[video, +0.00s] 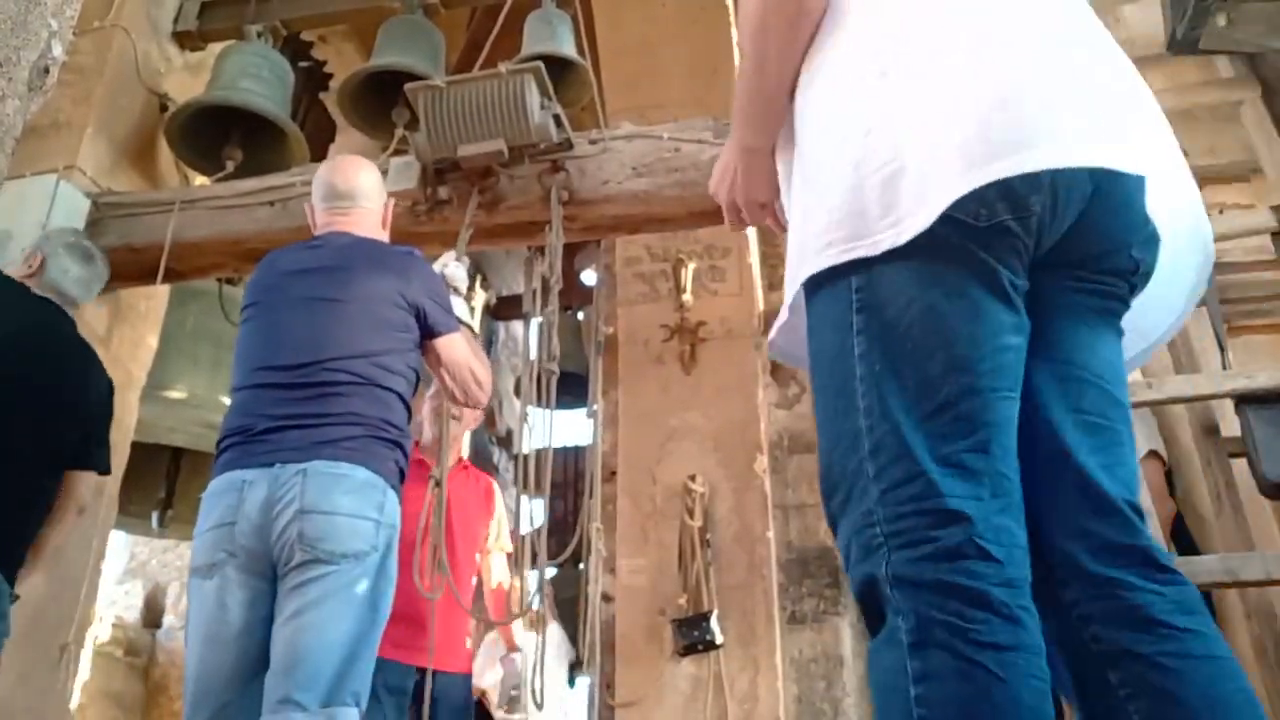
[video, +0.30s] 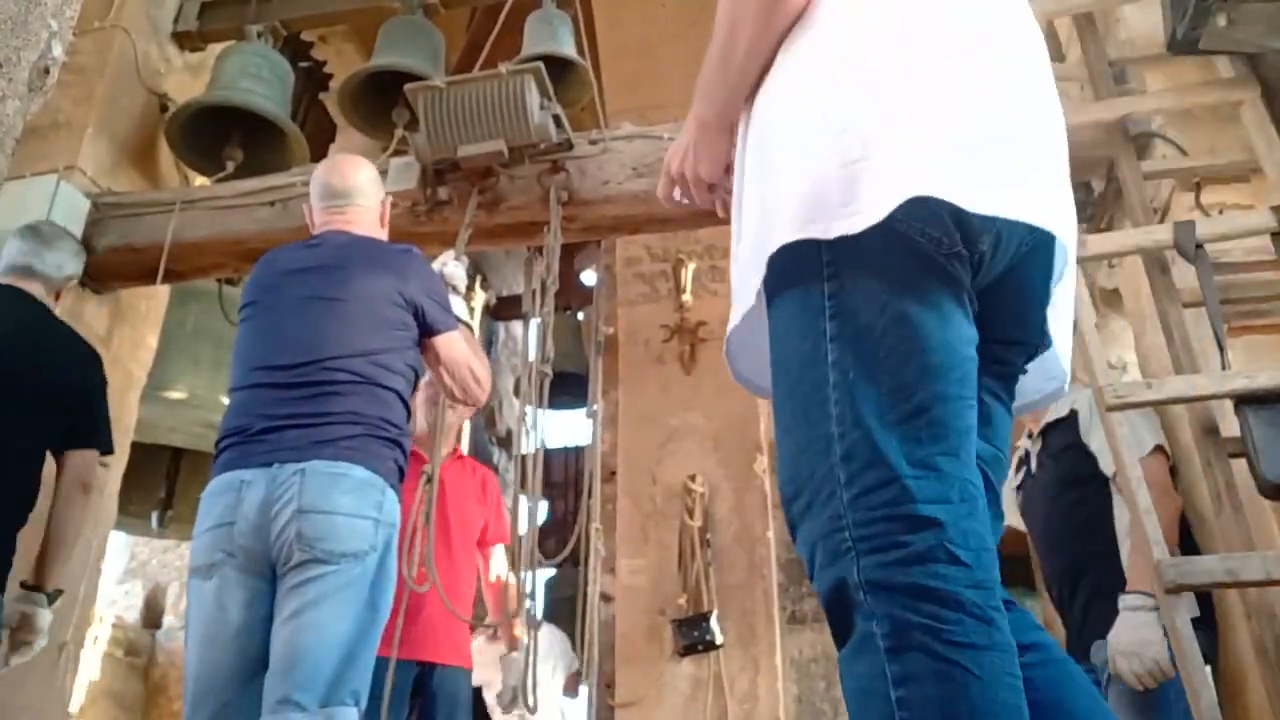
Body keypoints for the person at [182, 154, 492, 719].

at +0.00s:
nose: (392, 214)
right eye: (392, 208)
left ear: (312, 217)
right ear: (387, 212)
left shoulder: (266, 271)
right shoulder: (407, 269)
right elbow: (474, 386)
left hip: (232, 489)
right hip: (346, 488)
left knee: (214, 709)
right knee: (308, 708)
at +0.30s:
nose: (390, 215)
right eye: (390, 208)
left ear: (310, 218)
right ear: (385, 211)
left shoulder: (265, 270)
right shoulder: (405, 266)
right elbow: (472, 386)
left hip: (230, 489)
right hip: (345, 485)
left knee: (214, 709)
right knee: (309, 708)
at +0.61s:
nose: (397, 214)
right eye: (398, 208)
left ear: (316, 214)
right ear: (391, 210)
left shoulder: (266, 268)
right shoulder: (407, 264)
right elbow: (473, 386)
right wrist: (414, 329)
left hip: (231, 489)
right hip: (345, 486)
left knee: (215, 709)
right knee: (310, 707)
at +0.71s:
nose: (400, 217)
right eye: (401, 210)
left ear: (319, 214)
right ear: (395, 212)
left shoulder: (267, 268)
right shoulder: (411, 266)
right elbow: (476, 387)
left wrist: (429, 349)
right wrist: (424, 328)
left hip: (232, 488)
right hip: (347, 485)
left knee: (216, 709)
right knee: (310, 707)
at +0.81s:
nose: (403, 217)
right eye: (405, 211)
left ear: (323, 214)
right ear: (398, 213)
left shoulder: (272, 266)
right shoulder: (413, 265)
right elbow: (478, 385)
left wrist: (432, 363)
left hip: (233, 489)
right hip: (348, 486)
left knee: (216, 709)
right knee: (311, 707)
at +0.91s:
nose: (413, 223)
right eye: (413, 217)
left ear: (332, 209)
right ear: (407, 219)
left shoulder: (276, 265)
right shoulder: (417, 264)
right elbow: (480, 386)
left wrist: (430, 369)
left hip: (233, 489)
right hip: (347, 488)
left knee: (217, 709)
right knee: (310, 707)